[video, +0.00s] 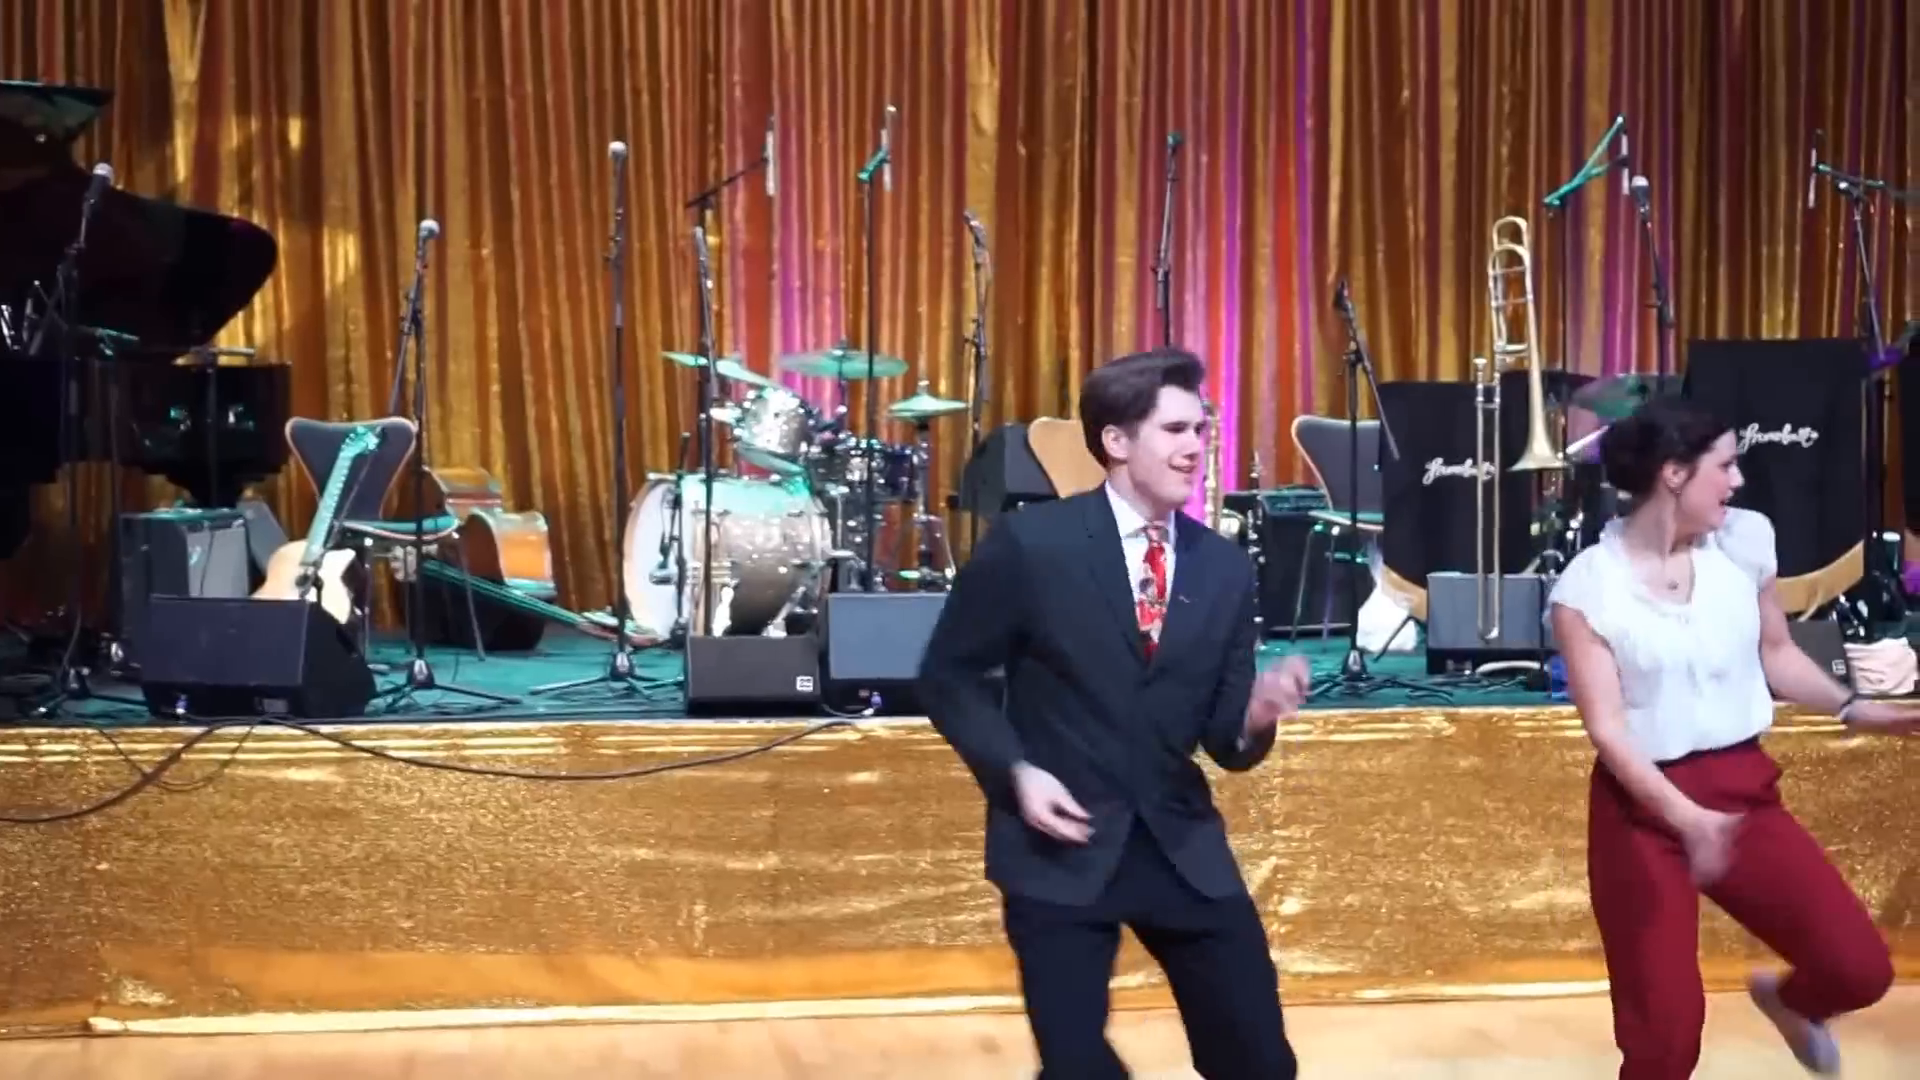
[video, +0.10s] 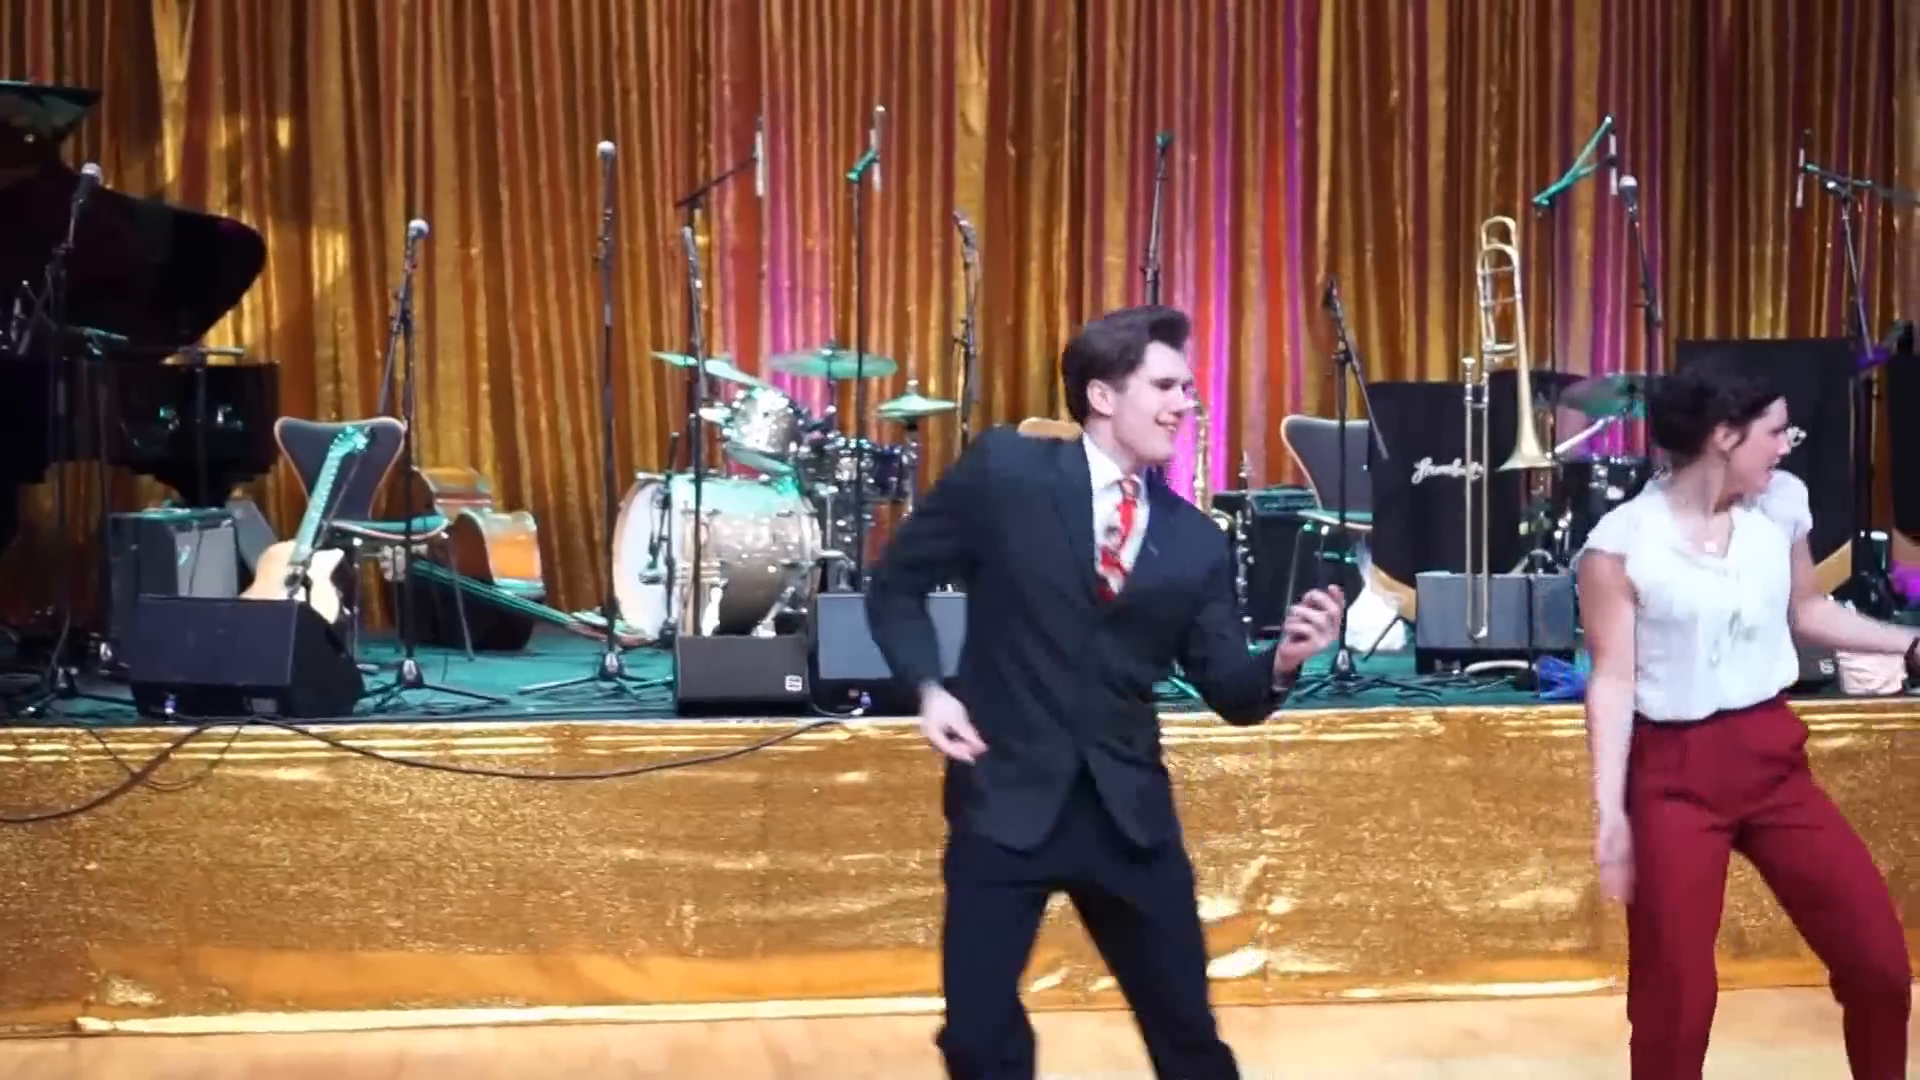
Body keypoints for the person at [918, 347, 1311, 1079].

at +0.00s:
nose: (1194, 447)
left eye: (1201, 429)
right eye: (1175, 428)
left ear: (1210, 438)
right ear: (1115, 444)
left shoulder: (1225, 567)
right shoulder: (1027, 546)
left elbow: (1228, 742)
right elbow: (947, 674)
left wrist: (1257, 721)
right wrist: (1015, 772)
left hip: (1181, 844)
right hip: (1056, 846)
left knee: (1257, 1059)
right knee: (1073, 1061)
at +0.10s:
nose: (1185, 404)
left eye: (1187, 388)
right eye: (1164, 386)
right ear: (1100, 397)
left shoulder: (1199, 544)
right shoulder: (1002, 473)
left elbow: (1235, 695)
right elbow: (895, 582)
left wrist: (1284, 657)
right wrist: (928, 687)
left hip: (1127, 805)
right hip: (1003, 795)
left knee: (1185, 1035)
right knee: (977, 1033)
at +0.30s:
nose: (1069, 421)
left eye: (1073, 404)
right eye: (1052, 401)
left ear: (1064, 420)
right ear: (987, 411)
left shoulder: (1081, 546)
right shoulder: (878, 485)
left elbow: (1179, 649)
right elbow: (717, 515)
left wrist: (1313, 711)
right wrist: (735, 603)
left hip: (1034, 835)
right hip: (902, 831)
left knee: (1103, 1052)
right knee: (834, 1046)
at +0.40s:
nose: (996, 432)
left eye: (996, 414)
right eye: (976, 414)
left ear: (983, 427)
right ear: (908, 430)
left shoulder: (1024, 541)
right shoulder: (812, 510)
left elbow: (1126, 658)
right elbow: (650, 549)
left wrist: (1251, 757)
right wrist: (659, 600)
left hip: (985, 830)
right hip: (851, 831)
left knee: (1066, 1045)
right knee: (798, 1051)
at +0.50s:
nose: (908, 488)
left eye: (907, 467)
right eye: (884, 475)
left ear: (913, 473)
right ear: (821, 503)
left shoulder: (968, 563)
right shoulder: (751, 591)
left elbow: (1062, 687)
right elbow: (614, 698)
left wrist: (1166, 798)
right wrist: (622, 666)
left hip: (947, 834)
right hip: (812, 839)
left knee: (958, 1048)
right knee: (781, 1058)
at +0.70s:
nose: (856, 460)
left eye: (850, 440)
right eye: (831, 452)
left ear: (856, 436)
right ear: (778, 486)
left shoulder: (926, 531)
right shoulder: (718, 601)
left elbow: (1009, 657)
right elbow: (721, 735)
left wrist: (1086, 784)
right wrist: (709, 809)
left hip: (914, 825)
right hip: (781, 834)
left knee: (883, 1059)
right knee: (742, 1061)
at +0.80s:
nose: (895, 377)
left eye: (891, 358)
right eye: (871, 365)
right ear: (814, 397)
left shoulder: (942, 469)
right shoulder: (730, 522)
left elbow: (1010, 615)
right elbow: (733, 695)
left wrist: (1069, 747)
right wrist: (752, 853)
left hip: (930, 798)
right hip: (798, 804)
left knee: (952, 1047)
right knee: (746, 1051)